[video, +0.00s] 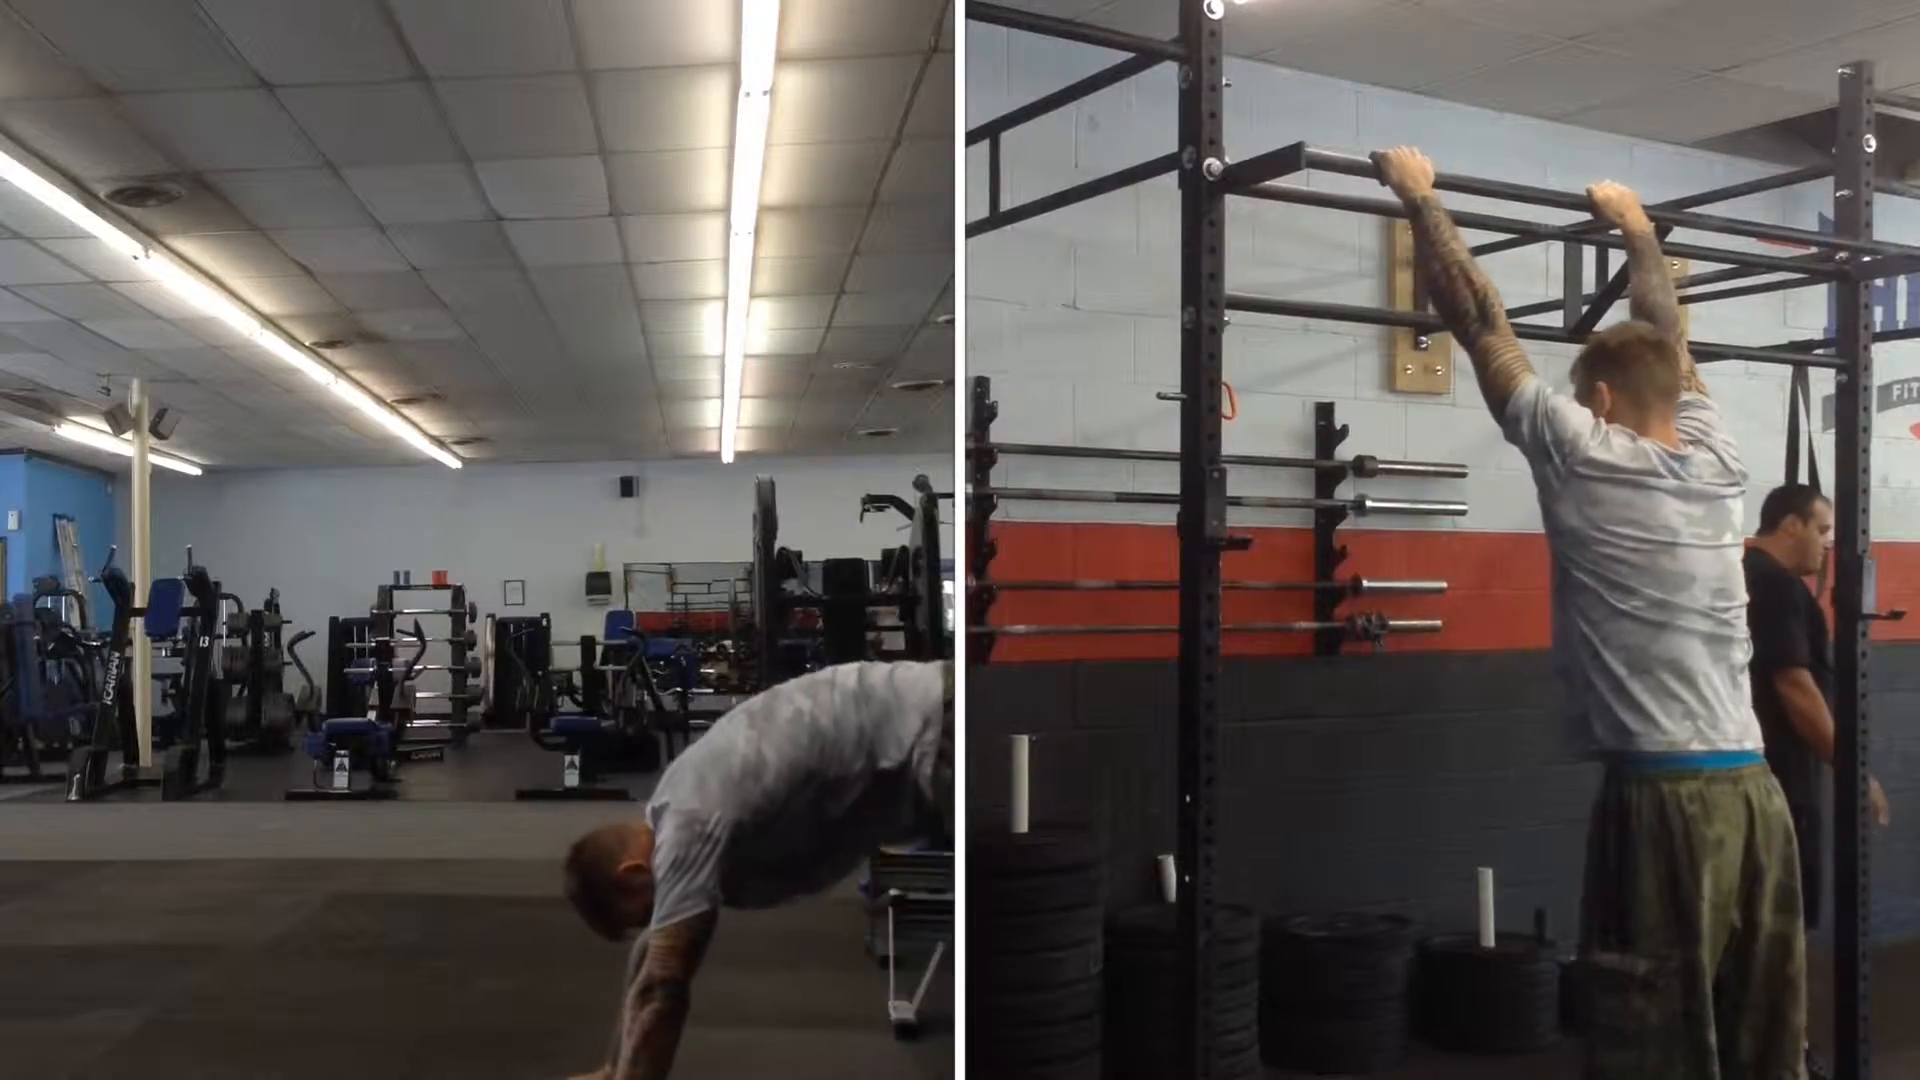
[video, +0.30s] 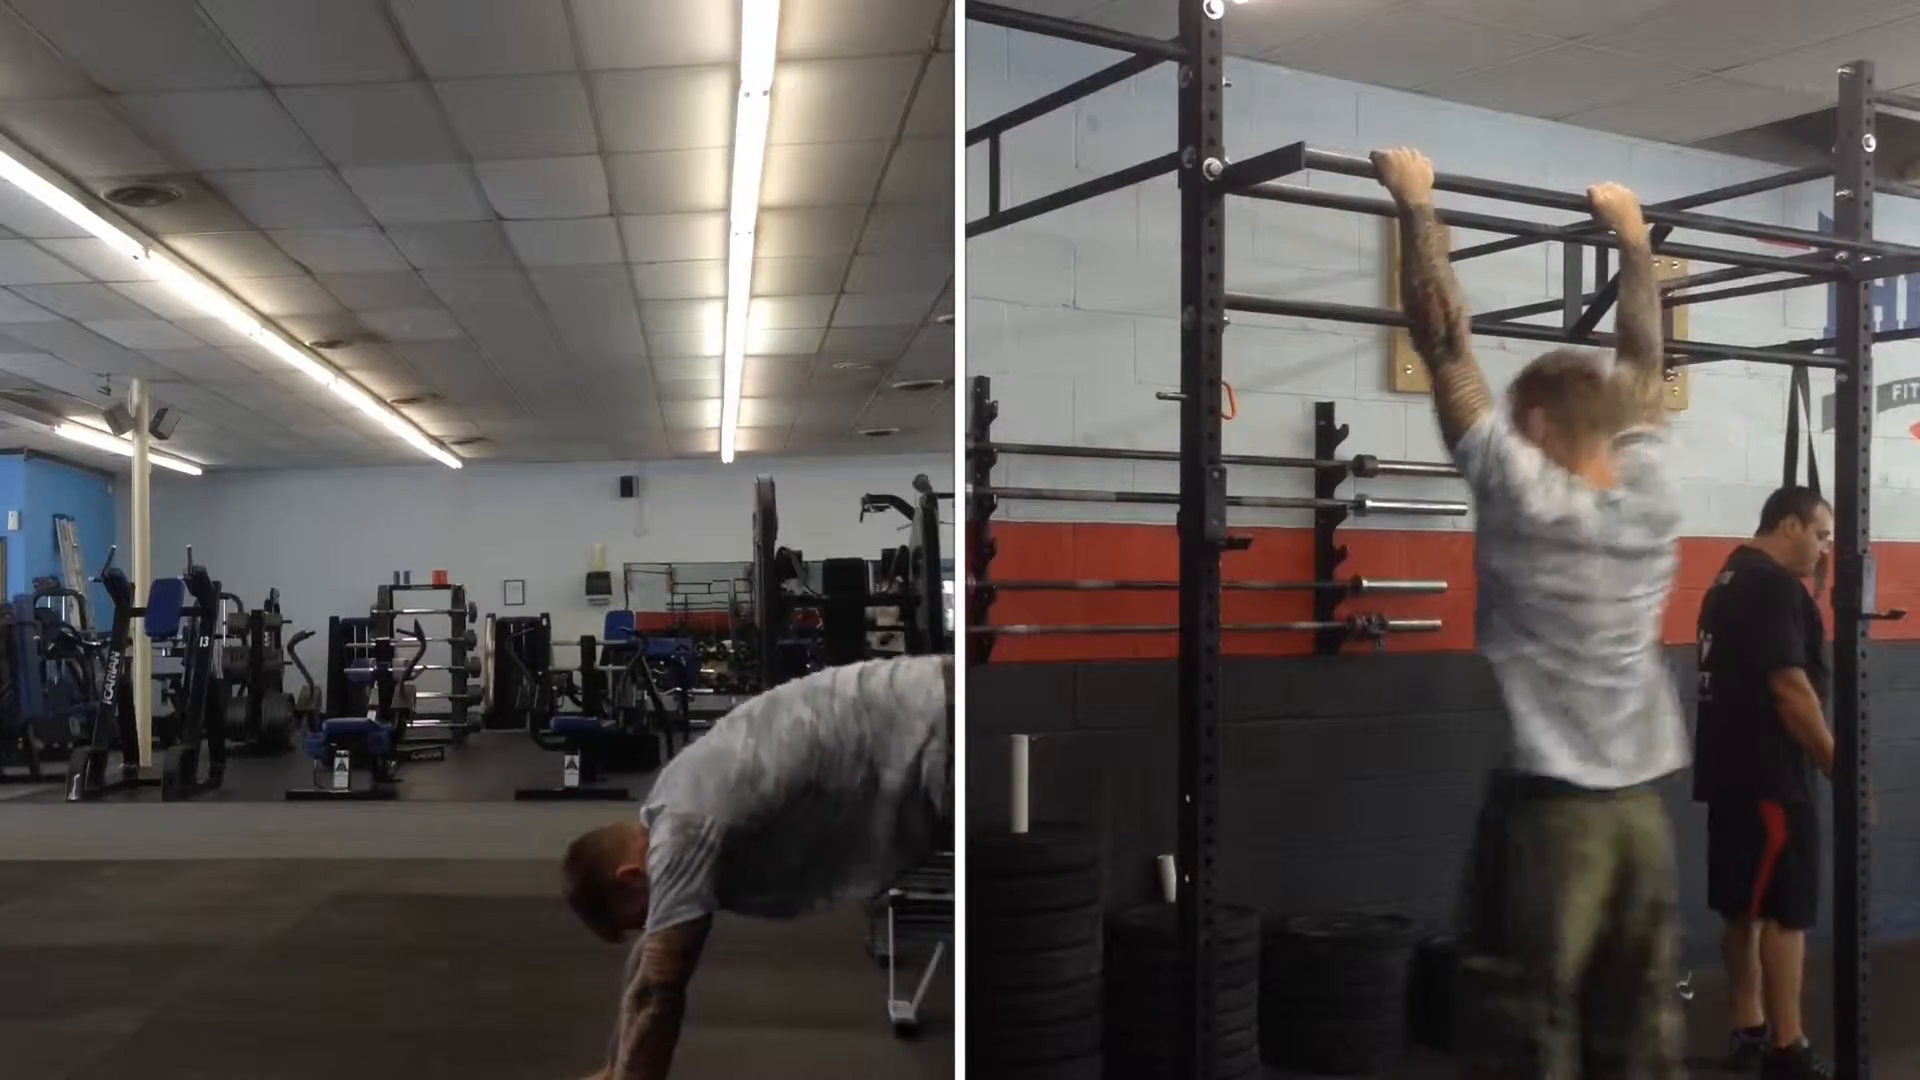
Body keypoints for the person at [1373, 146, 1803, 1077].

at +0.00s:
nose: (1577, 407)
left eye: (1582, 394)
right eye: (1582, 393)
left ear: (1600, 398)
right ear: (1672, 392)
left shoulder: (1581, 454)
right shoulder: (1713, 465)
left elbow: (1480, 326)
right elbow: (1672, 349)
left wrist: (1425, 200)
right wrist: (1640, 228)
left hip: (1661, 805)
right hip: (1759, 798)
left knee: (1659, 1047)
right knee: (1771, 1045)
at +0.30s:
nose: (1517, 434)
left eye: (1522, 420)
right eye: (1524, 421)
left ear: (1535, 424)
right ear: (1611, 423)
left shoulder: (1519, 493)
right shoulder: (1651, 499)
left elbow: (1443, 342)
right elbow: (1644, 368)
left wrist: (1418, 207)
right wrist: (1638, 244)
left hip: (1551, 812)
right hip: (1642, 808)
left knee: (1533, 1031)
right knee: (1642, 1031)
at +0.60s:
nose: (1409, 416)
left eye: (1407, 404)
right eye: (1448, 402)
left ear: (1405, 426)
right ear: (1480, 431)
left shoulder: (1394, 491)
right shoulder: (1504, 511)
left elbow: (1381, 355)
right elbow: (1564, 377)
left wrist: (1402, 218)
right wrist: (1616, 262)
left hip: (1371, 784)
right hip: (1457, 781)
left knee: (1358, 994)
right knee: (1475, 987)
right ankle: (1548, 1072)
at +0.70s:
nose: (1401, 400)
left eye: (1404, 392)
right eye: (1419, 388)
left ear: (1403, 418)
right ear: (1479, 432)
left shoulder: (1385, 486)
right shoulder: (1490, 509)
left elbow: (1379, 347)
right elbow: (1559, 376)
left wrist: (1401, 216)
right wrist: (1614, 258)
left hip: (1339, 763)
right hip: (1421, 763)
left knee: (1307, 968)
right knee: (1423, 961)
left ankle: (1378, 1073)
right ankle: (1495, 1070)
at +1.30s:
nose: (1593, 181)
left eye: (1597, 167)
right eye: (1601, 167)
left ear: (1614, 170)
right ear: (1681, 184)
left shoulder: (1568, 259)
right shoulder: (1714, 299)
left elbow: (1416, 301)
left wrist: (1409, 197)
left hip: (1450, 451)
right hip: (1523, 492)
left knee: (1283, 463)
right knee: (1360, 525)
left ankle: (1187, 607)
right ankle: (1276, 597)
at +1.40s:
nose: (1540, 69)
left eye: (1545, 56)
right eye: (1544, 56)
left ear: (1563, 54)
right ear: (1629, 62)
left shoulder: (1551, 113)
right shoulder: (1697, 148)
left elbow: (1485, 214)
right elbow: (1736, 288)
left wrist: (1416, 173)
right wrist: (1652, 264)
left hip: (1485, 386)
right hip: (1558, 420)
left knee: (1317, 449)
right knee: (1377, 494)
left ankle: (1256, 622)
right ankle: (1320, 604)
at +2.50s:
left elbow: (1396, 11)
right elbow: (1633, 43)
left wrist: (1394, 125)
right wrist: (1631, 159)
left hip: (1521, 116)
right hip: (1615, 124)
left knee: (1471, 360)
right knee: (1555, 368)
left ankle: (1423, 592)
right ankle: (1469, 583)